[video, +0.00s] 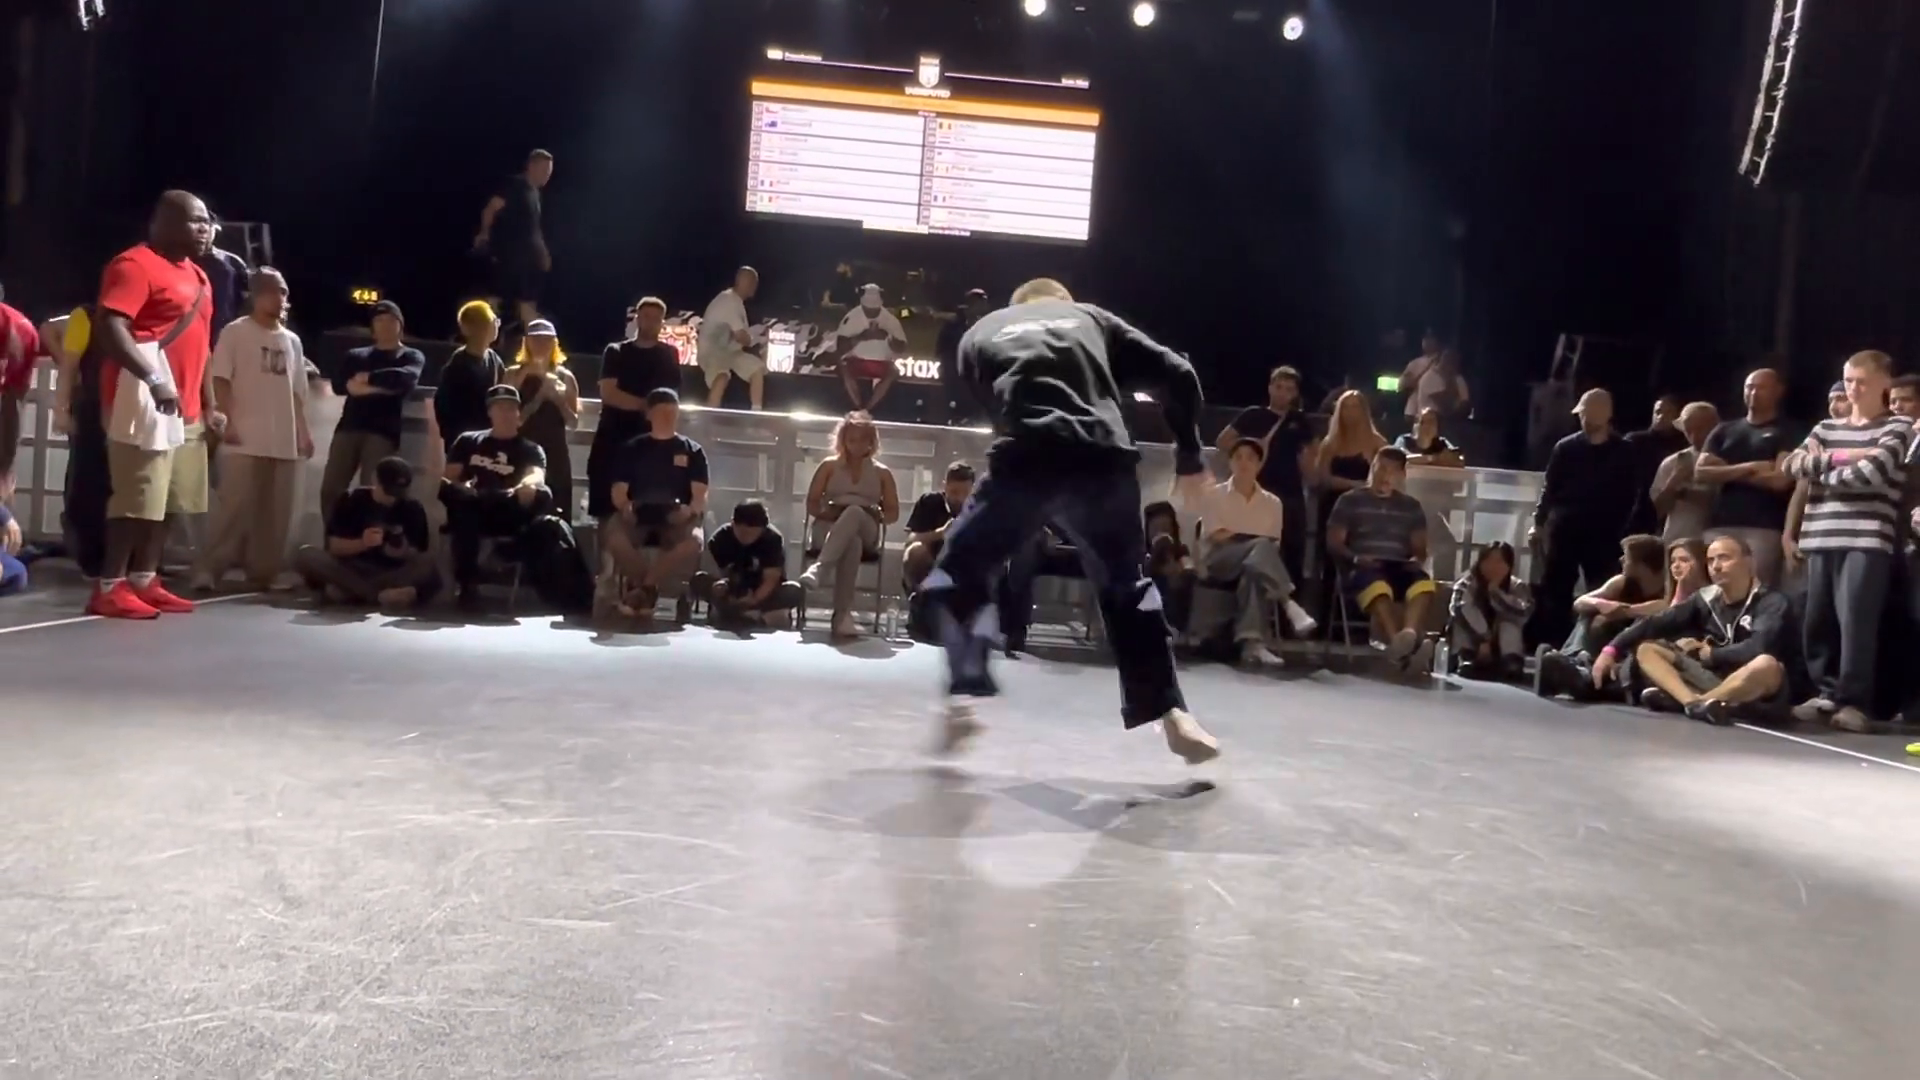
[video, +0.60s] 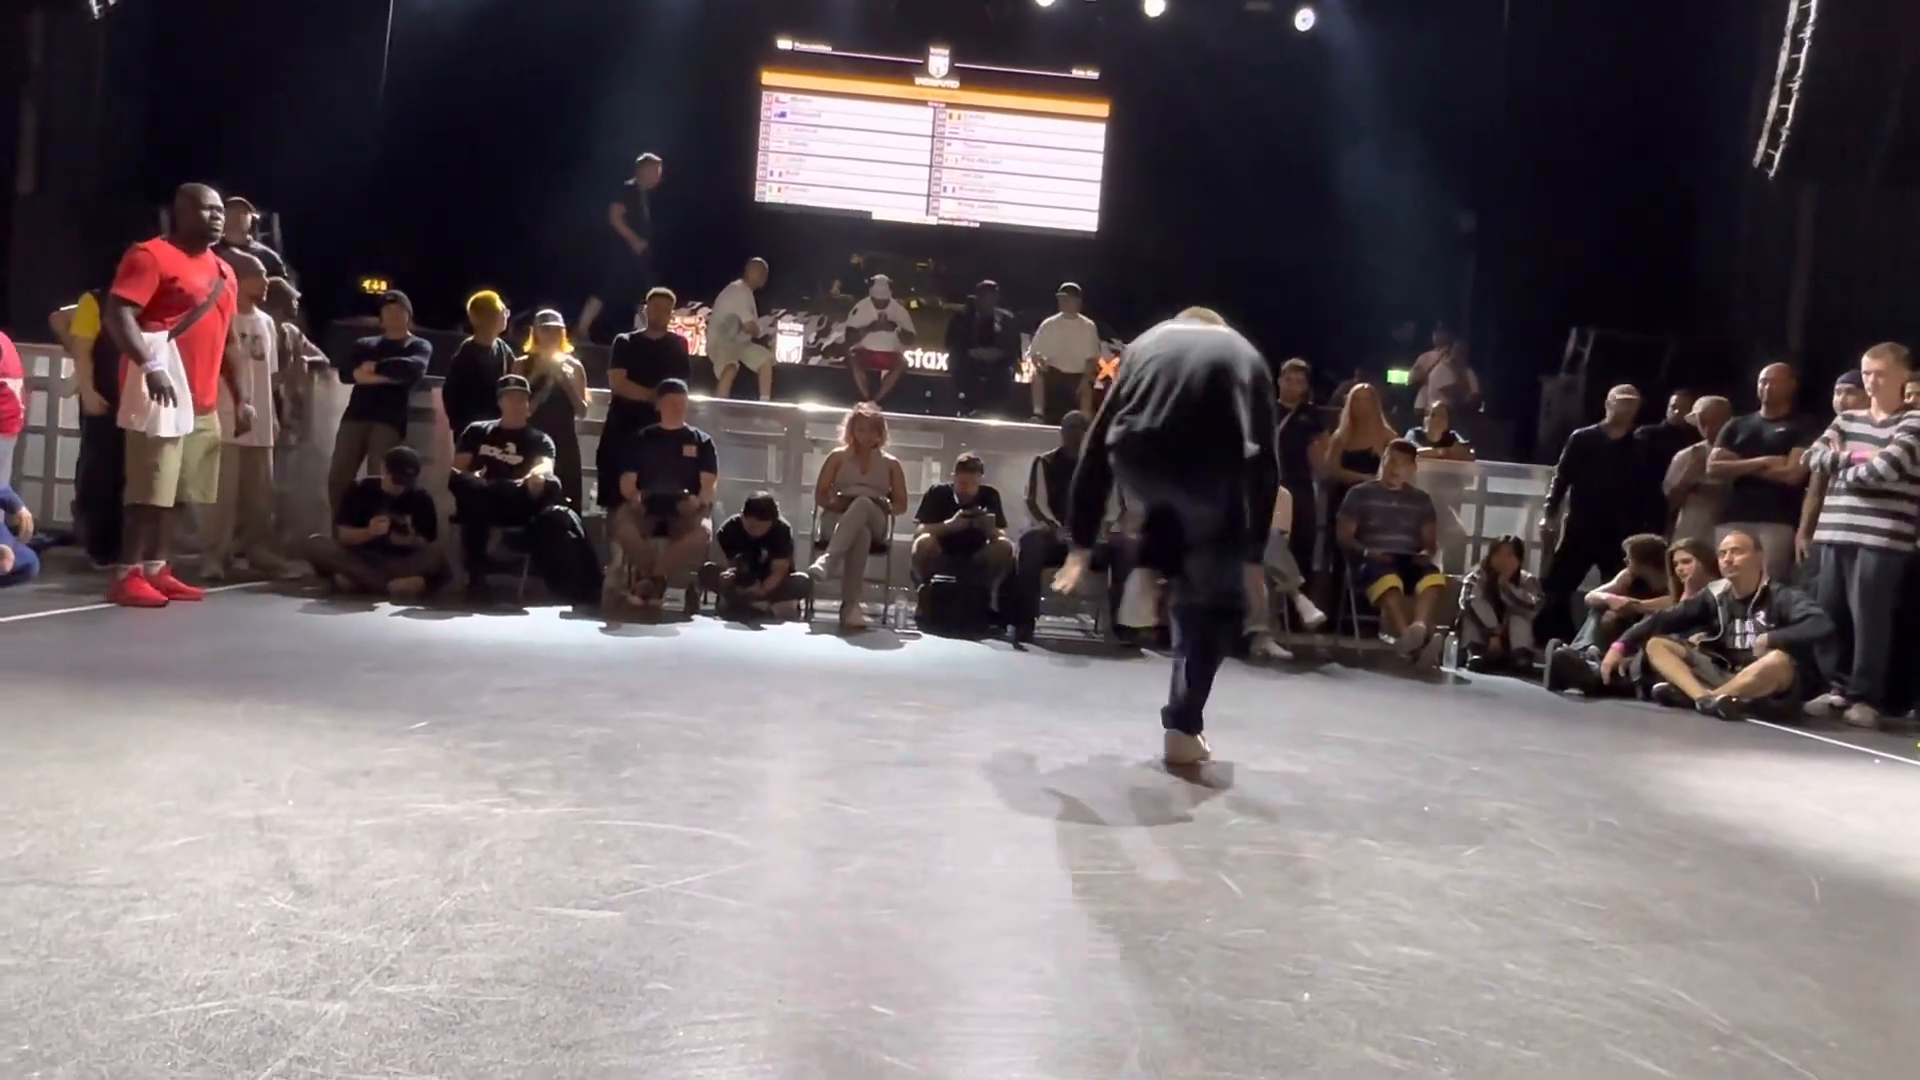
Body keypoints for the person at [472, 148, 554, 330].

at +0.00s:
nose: (548, 174)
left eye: (549, 169)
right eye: (544, 168)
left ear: (549, 170)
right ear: (532, 166)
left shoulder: (534, 193)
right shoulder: (515, 186)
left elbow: (534, 230)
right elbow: (491, 209)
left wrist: (543, 254)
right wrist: (484, 233)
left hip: (528, 254)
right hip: (505, 251)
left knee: (527, 302)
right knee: (494, 297)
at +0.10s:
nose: (565, 176)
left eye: (566, 172)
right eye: (562, 171)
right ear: (549, 168)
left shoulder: (549, 193)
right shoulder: (533, 188)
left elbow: (553, 229)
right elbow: (509, 213)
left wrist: (565, 252)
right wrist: (504, 237)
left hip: (545, 252)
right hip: (530, 251)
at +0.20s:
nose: (582, 173)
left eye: (584, 168)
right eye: (579, 167)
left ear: (581, 170)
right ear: (567, 167)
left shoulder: (568, 193)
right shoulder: (554, 189)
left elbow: (571, 230)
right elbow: (532, 214)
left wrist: (582, 250)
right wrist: (527, 242)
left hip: (562, 250)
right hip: (551, 249)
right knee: (567, 295)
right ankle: (569, 338)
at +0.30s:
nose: (599, 170)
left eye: (601, 166)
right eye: (596, 165)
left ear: (602, 169)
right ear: (584, 165)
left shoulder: (587, 192)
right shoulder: (570, 186)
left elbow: (584, 230)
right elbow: (554, 217)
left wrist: (593, 251)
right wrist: (554, 241)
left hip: (581, 252)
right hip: (566, 250)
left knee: (576, 296)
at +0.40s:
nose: (619, 169)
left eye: (621, 165)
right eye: (615, 164)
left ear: (620, 167)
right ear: (603, 163)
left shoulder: (603, 189)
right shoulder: (589, 184)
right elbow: (575, 213)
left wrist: (602, 242)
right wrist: (580, 241)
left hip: (600, 247)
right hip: (589, 247)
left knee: (600, 295)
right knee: (583, 294)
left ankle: (576, 328)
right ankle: (574, 335)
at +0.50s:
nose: (639, 172)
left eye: (640, 167)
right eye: (637, 166)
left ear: (636, 168)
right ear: (623, 165)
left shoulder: (623, 190)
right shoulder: (608, 185)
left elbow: (620, 221)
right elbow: (595, 214)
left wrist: (622, 243)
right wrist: (608, 242)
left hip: (622, 250)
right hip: (603, 249)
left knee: (624, 294)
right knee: (589, 292)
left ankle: (623, 336)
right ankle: (577, 334)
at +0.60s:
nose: (658, 175)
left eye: (659, 170)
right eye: (655, 170)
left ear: (655, 173)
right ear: (642, 170)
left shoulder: (643, 195)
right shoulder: (625, 189)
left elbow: (639, 223)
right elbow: (615, 218)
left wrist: (642, 243)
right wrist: (635, 241)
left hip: (639, 250)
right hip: (621, 248)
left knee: (643, 292)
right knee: (605, 289)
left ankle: (642, 335)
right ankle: (581, 330)